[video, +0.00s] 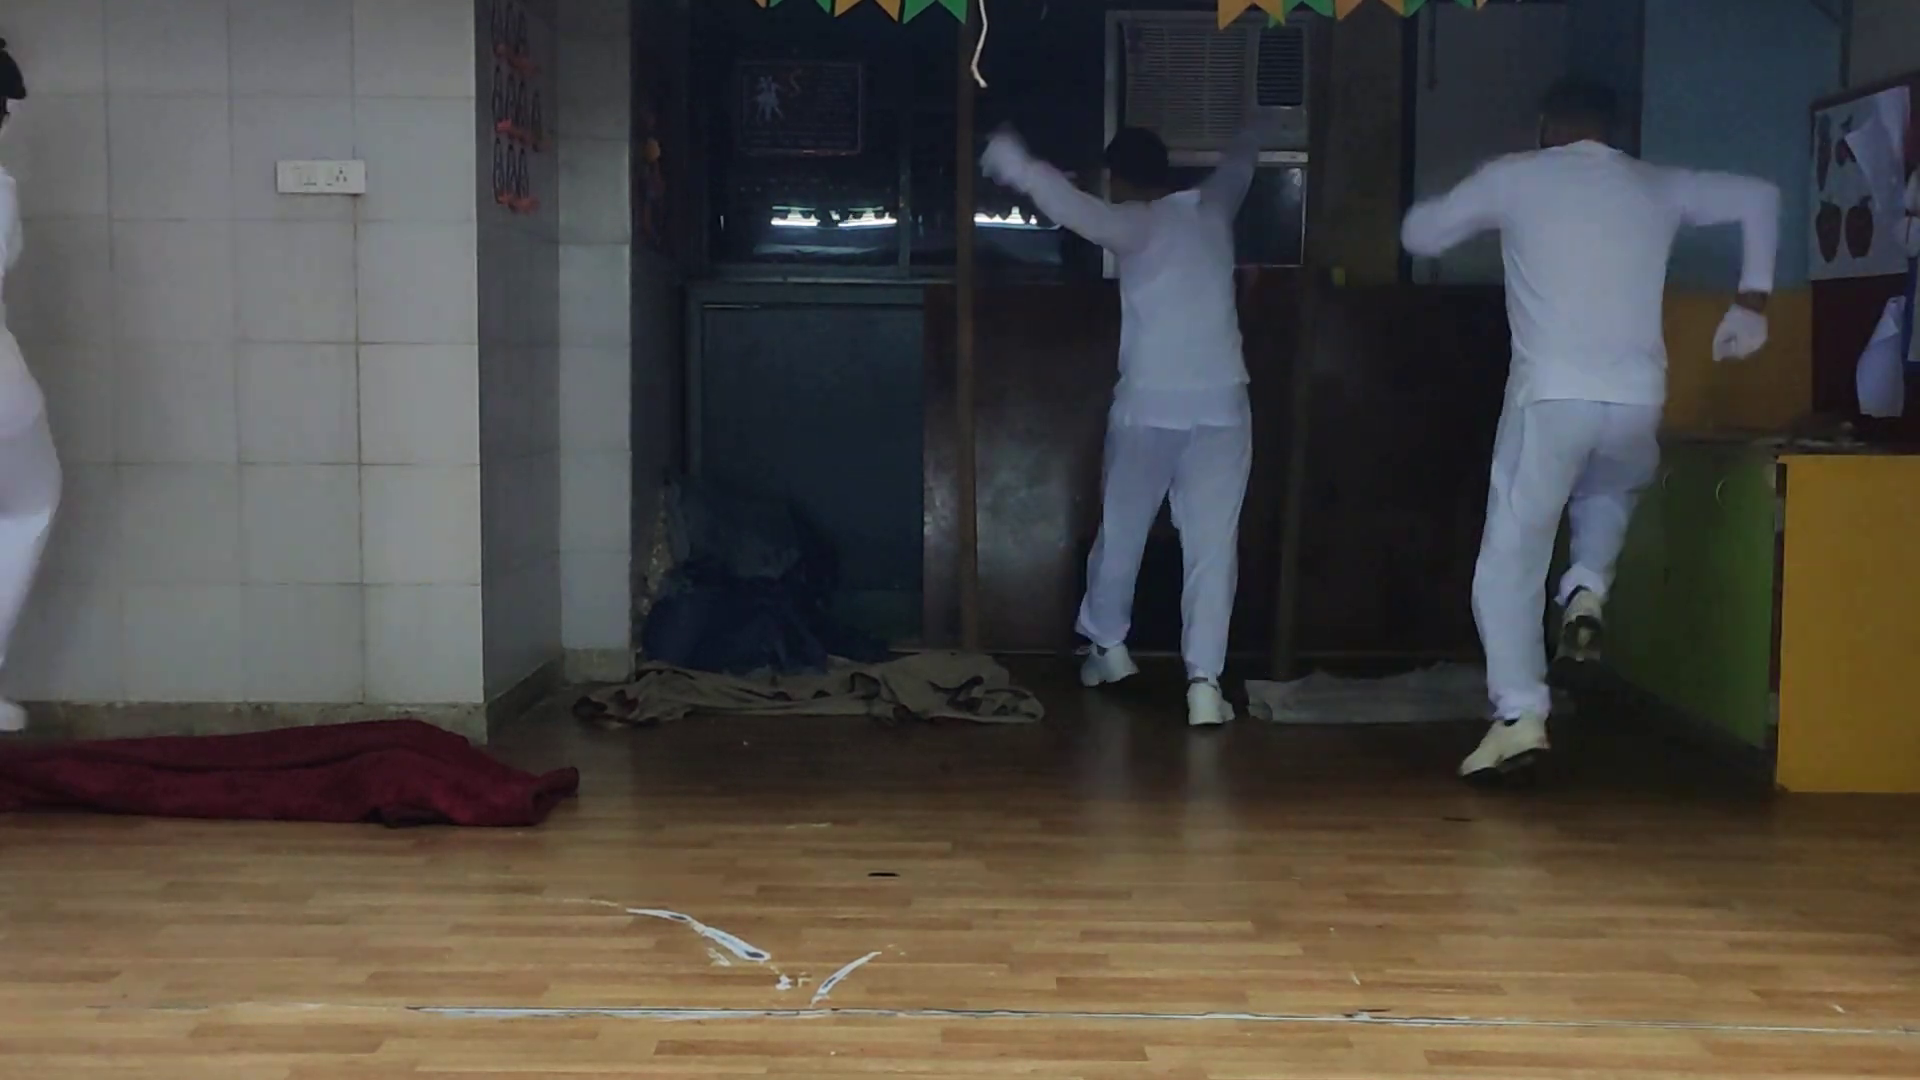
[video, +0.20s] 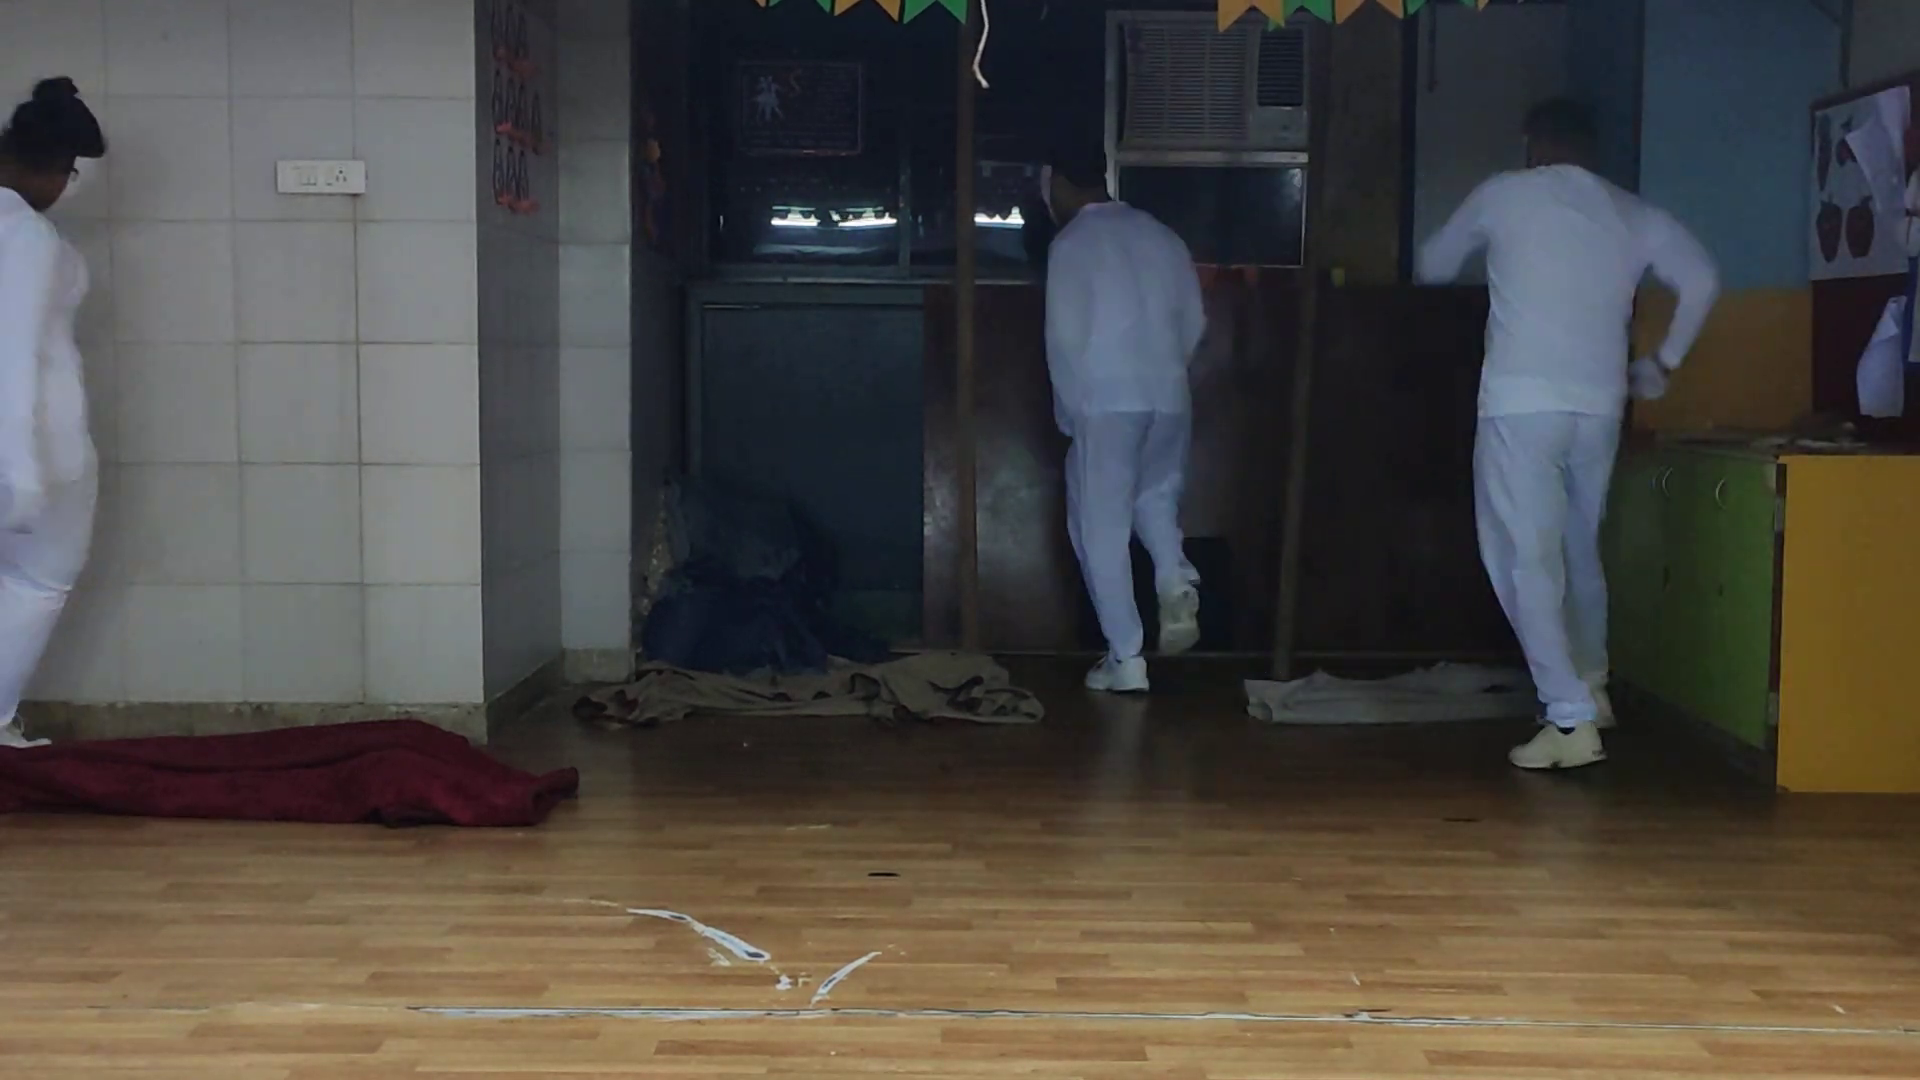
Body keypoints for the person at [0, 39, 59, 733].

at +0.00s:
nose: (6, 115)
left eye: (8, 102)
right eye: (6, 102)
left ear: (11, 104)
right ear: (3, 102)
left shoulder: (6, 187)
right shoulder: (4, 188)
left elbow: (8, 252)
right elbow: (8, 253)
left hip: (5, 352)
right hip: (5, 356)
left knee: (30, 492)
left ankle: (0, 685)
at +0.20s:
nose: (69, 182)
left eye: (71, 170)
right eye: (67, 169)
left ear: (16, 156)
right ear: (51, 167)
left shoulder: (41, 239)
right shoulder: (29, 242)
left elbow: (51, 359)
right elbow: (17, 367)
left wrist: (67, 456)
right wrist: (21, 473)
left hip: (49, 448)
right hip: (39, 452)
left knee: (38, 572)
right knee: (42, 574)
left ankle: (6, 713)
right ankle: (4, 714)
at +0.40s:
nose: (126, 181)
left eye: (132, 168)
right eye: (124, 164)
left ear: (80, 137)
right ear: (93, 142)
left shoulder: (34, 185)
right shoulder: (45, 196)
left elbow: (63, 300)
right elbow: (93, 289)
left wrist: (126, 307)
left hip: (68, 417)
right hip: (47, 424)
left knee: (123, 529)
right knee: (43, 567)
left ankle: (13, 653)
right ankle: (5, 706)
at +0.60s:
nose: (173, 146)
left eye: (180, 136)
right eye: (167, 132)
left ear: (172, 136)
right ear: (137, 123)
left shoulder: (158, 217)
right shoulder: (80, 181)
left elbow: (170, 306)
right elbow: (166, 159)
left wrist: (240, 336)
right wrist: (259, 87)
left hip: (167, 396)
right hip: (85, 397)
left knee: (199, 542)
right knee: (53, 560)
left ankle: (221, 695)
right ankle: (1, 703)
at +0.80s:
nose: (225, 166)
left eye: (242, 162)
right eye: (217, 147)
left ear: (252, 176)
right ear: (188, 141)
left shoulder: (250, 233)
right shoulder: (130, 204)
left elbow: (286, 321)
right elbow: (90, 259)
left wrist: (328, 313)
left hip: (245, 424)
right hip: (146, 426)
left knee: (262, 557)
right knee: (119, 574)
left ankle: (224, 708)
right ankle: (44, 698)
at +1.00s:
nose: (185, 108)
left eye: (200, 93)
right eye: (171, 96)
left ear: (229, 101)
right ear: (158, 109)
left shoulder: (282, 179)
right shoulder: (134, 191)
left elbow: (382, 190)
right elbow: (92, 284)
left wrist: (375, 124)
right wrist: (69, 368)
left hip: (268, 389)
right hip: (159, 390)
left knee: (260, 548)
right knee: (174, 549)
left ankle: (252, 699)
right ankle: (187, 701)